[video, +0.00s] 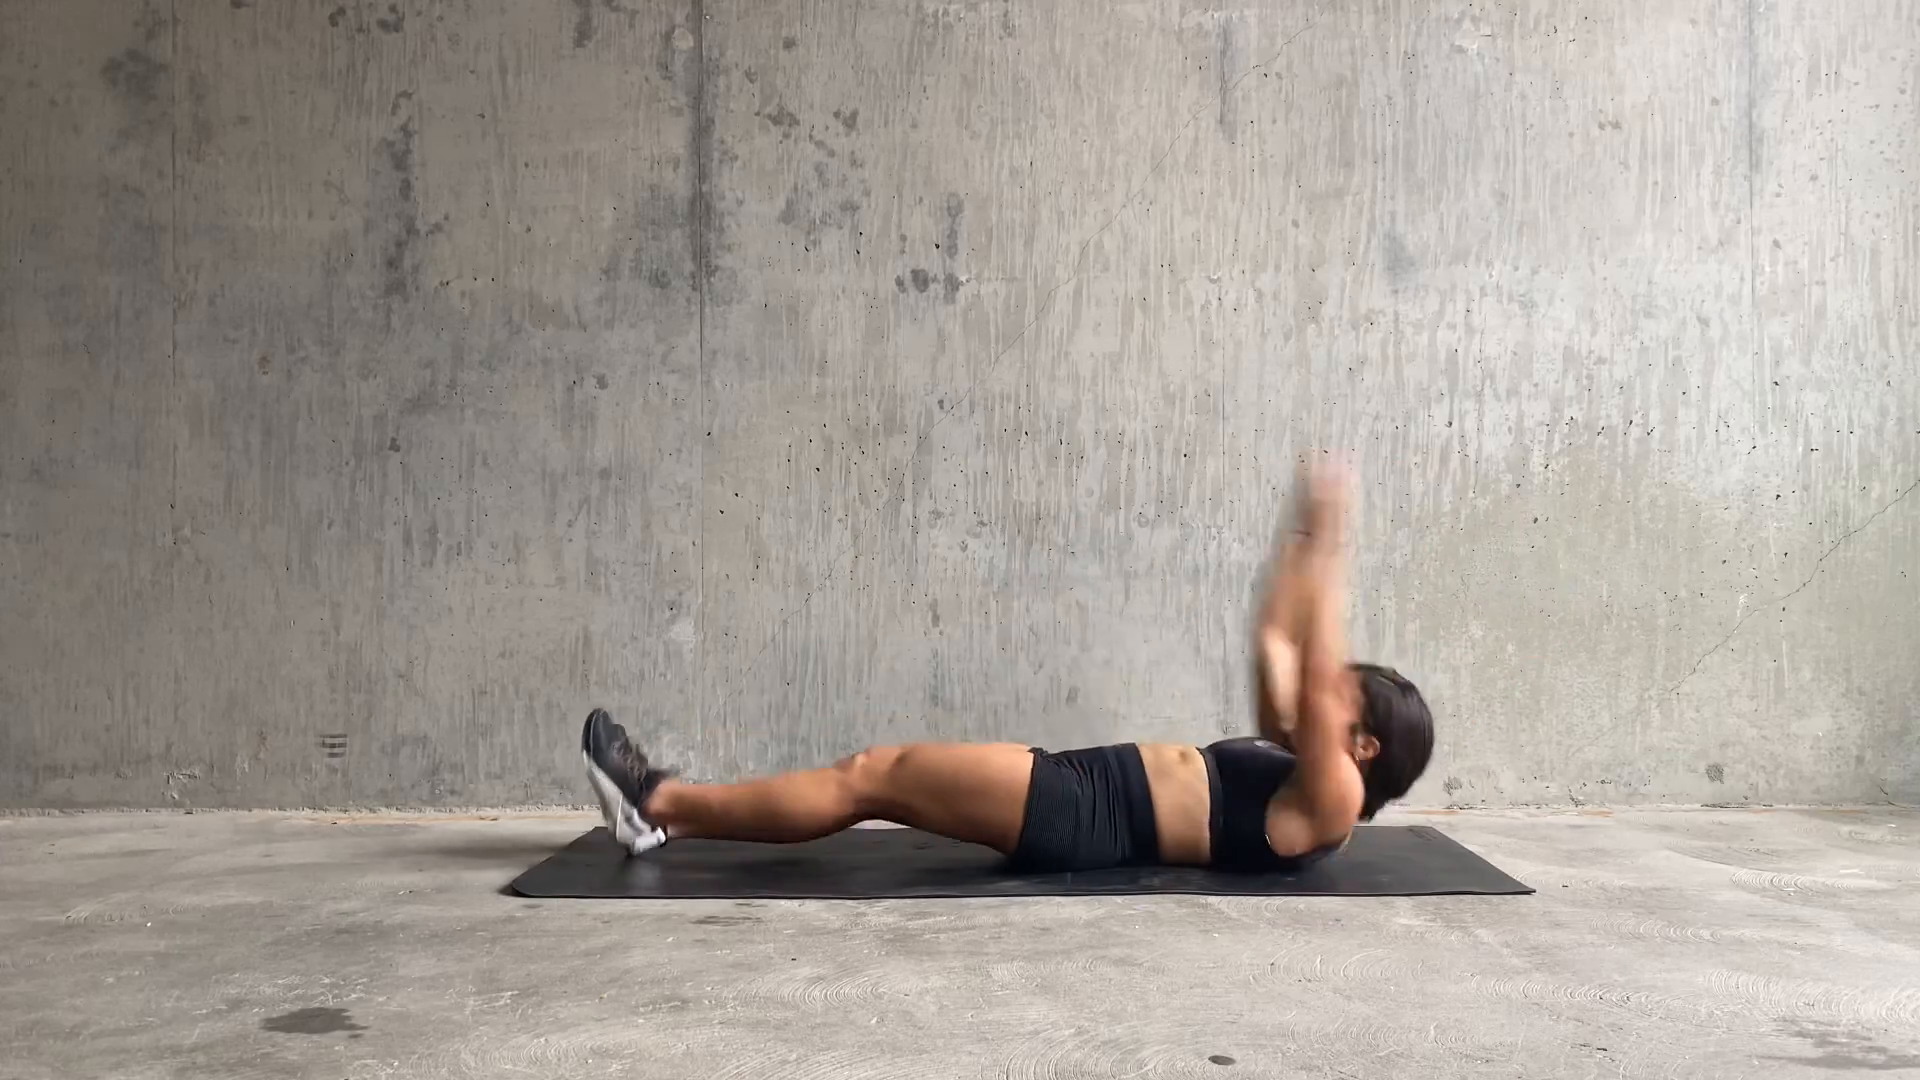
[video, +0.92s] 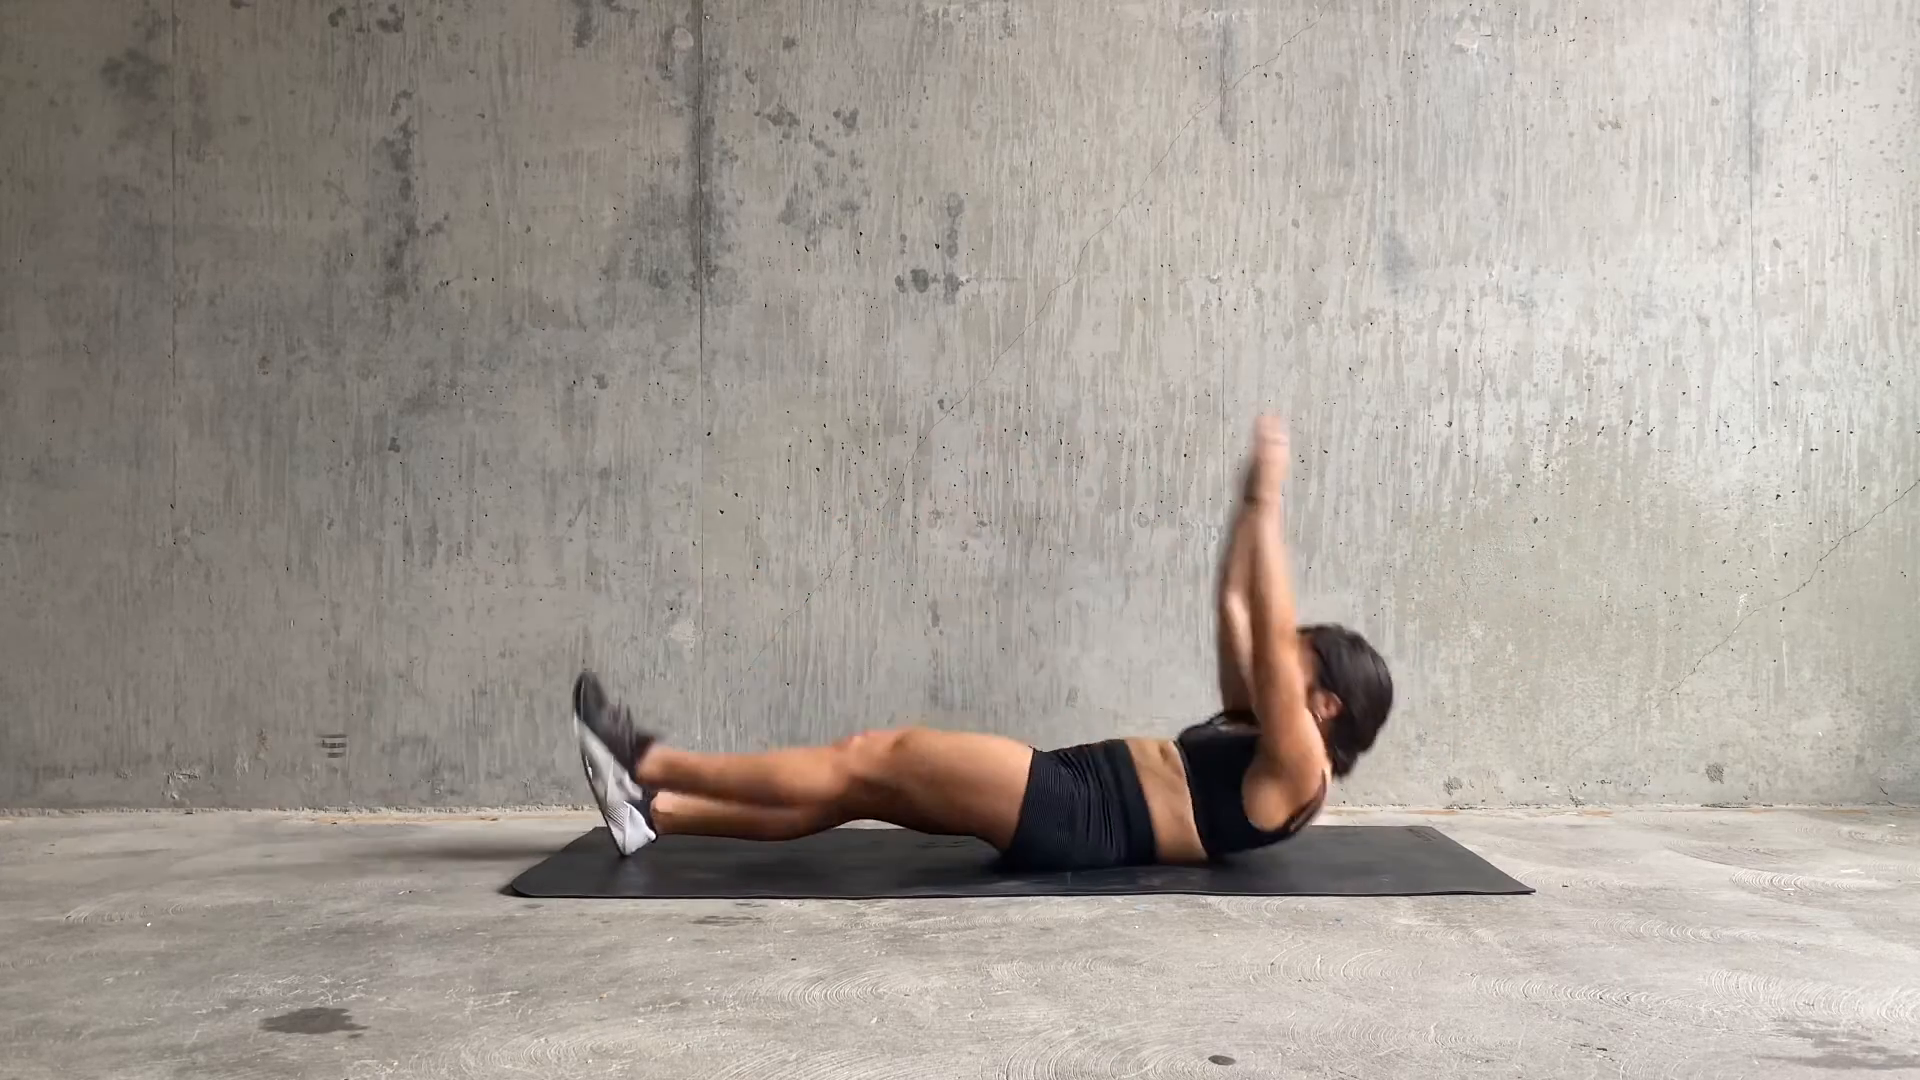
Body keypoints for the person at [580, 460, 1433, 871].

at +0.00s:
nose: (1333, 691)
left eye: (1350, 694)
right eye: (1343, 688)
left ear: (1365, 743)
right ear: (1343, 731)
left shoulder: (1331, 802)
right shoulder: (1298, 772)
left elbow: (1318, 660)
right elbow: (1272, 650)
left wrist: (1325, 537)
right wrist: (1299, 542)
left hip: (1079, 812)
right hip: (1081, 795)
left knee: (878, 776)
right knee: (884, 777)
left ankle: (661, 804)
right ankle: (675, 801)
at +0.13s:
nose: (1267, 670)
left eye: (1287, 665)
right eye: (1279, 656)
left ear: (1327, 698)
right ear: (1325, 699)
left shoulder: (1293, 753)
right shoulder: (1278, 747)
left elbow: (1175, 671)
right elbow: (1169, 664)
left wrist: (1084, 562)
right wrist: (1086, 557)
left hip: (1080, 804)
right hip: (1078, 810)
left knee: (884, 720)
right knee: (865, 783)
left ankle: (678, 695)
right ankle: (664, 817)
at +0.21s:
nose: (1229, 621)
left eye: (1247, 616)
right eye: (1238, 609)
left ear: (1287, 649)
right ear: (1276, 643)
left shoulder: (1264, 720)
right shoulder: (1226, 682)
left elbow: (1131, 683)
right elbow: (1105, 631)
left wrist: (1013, 623)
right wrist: (1010, 551)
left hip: (1077, 810)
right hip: (1064, 798)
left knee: (906, 674)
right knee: (859, 779)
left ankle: (712, 591)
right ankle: (653, 812)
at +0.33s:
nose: (1172, 558)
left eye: (1191, 554)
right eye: (1184, 547)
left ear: (1229, 593)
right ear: (1221, 589)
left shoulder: (1214, 671)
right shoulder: (1170, 632)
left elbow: (1078, 660)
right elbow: (1045, 579)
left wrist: (948, 612)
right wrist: (945, 511)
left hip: (1070, 813)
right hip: (1047, 788)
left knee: (955, 622)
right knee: (846, 775)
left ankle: (819, 472)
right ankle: (645, 811)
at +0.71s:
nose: (1219, 597)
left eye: (1237, 591)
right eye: (1230, 584)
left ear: (1276, 625)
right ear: (1270, 622)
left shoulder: (1252, 695)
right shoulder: (1239, 682)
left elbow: (1128, 625)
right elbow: (1137, 610)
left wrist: (1034, 534)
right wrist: (1051, 507)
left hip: (1075, 813)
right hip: (1063, 797)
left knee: (912, 668)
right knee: (857, 784)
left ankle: (720, 565)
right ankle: (650, 810)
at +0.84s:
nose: (1255, 642)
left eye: (1275, 638)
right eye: (1265, 629)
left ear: (1312, 676)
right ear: (1306, 675)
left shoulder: (1285, 736)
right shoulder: (1265, 727)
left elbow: (1213, 626)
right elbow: (1210, 627)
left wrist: (1175, 500)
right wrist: (1180, 508)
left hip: (1074, 810)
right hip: (1063, 802)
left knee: (880, 732)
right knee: (852, 789)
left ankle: (660, 698)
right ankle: (651, 814)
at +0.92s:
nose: (1286, 666)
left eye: (1302, 663)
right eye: (1292, 661)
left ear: (1328, 702)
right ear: (1308, 696)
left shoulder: (1299, 768)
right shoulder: (1259, 740)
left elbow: (1273, 631)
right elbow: (1233, 620)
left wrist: (1267, 501)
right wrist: (1247, 508)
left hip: (1077, 811)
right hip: (1067, 795)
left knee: (873, 760)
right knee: (859, 786)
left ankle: (654, 760)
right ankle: (654, 815)